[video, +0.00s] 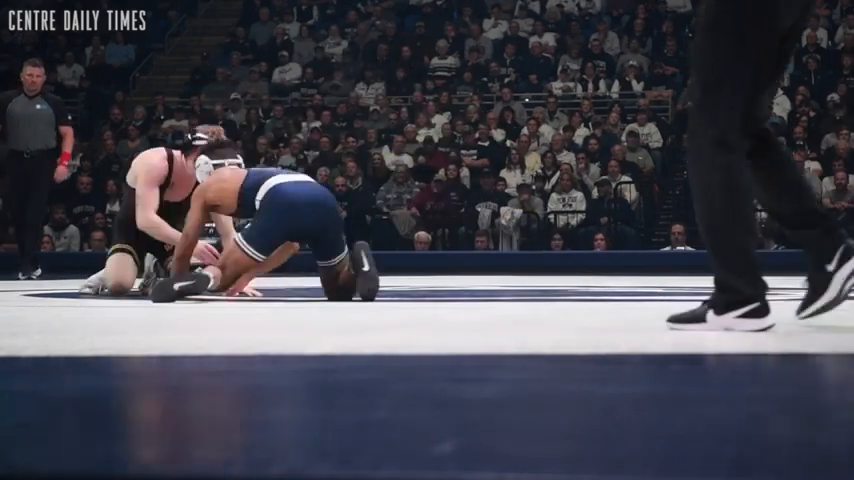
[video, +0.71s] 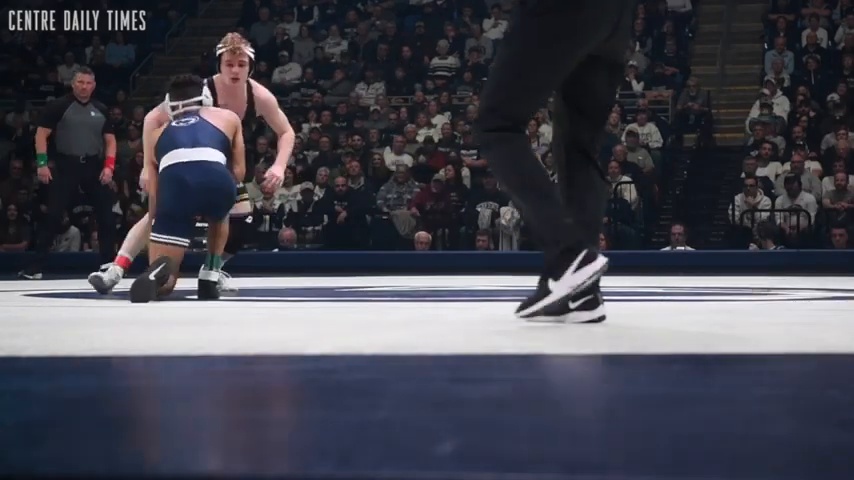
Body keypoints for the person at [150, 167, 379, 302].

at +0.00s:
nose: (198, 182)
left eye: (199, 177)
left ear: (205, 173)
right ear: (233, 167)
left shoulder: (205, 189)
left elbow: (185, 247)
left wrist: (178, 283)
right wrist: (243, 277)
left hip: (283, 200)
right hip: (324, 200)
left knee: (222, 274)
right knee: (337, 292)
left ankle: (190, 284)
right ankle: (358, 270)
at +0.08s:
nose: (181, 158)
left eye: (182, 152)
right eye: (181, 152)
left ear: (189, 151)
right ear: (223, 145)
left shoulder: (185, 177)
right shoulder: (255, 159)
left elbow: (174, 239)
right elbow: (298, 207)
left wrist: (170, 281)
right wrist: (265, 242)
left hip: (237, 220)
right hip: (283, 214)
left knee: (189, 277)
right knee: (322, 288)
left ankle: (176, 286)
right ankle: (337, 282)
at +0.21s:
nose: (154, 138)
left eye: (155, 131)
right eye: (154, 132)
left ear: (162, 133)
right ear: (198, 124)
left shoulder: (157, 168)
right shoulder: (230, 138)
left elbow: (156, 237)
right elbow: (278, 175)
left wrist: (175, 281)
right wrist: (259, 205)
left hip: (206, 214)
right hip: (250, 208)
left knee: (163, 285)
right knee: (288, 282)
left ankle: (169, 283)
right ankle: (320, 272)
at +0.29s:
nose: (142, 130)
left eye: (143, 124)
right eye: (141, 125)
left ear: (150, 125)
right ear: (187, 114)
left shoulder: (145, 159)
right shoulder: (218, 128)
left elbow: (147, 230)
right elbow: (260, 162)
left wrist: (158, 276)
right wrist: (248, 193)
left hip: (194, 199)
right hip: (237, 191)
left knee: (171, 289)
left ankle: (157, 282)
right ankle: (299, 262)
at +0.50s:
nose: (143, 112)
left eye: (144, 107)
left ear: (150, 110)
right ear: (188, 101)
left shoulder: (144, 142)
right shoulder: (215, 117)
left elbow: (148, 215)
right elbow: (240, 164)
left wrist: (153, 265)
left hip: (179, 201)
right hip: (223, 192)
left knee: (161, 281)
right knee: (237, 198)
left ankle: (159, 278)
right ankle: (224, 269)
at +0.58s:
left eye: (157, 104)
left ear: (158, 106)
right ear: (195, 99)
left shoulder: (148, 139)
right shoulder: (219, 118)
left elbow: (149, 212)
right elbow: (239, 170)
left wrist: (152, 261)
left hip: (178, 197)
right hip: (221, 191)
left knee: (164, 287)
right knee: (221, 215)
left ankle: (157, 277)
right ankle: (210, 274)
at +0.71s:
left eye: (172, 104)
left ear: (170, 107)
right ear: (203, 100)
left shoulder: (156, 133)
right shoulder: (229, 119)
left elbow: (153, 195)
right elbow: (239, 172)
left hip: (174, 189)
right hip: (217, 186)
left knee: (165, 280)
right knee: (219, 213)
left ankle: (153, 278)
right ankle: (211, 273)